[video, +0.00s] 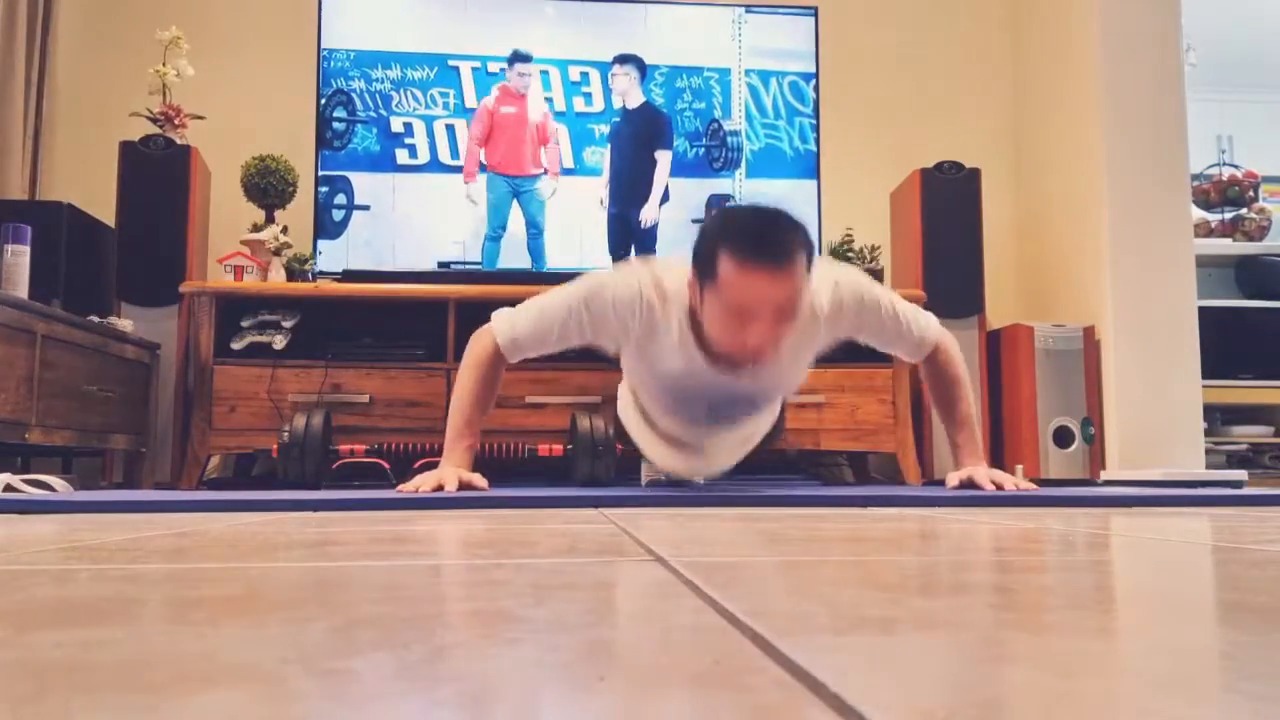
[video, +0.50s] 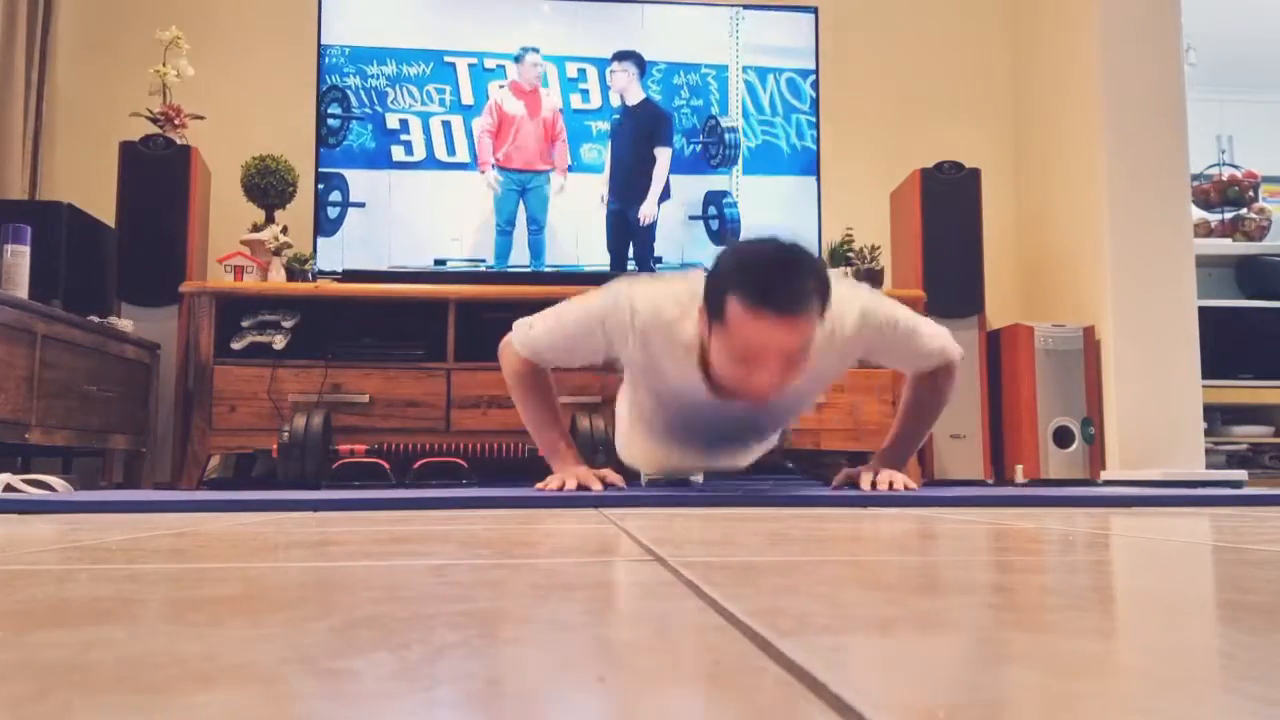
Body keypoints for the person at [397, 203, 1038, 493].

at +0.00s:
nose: (756, 335)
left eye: (775, 315)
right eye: (740, 312)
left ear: (801, 294)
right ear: (697, 289)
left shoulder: (830, 299)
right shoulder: (630, 296)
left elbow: (936, 345)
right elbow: (489, 343)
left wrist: (973, 461)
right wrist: (453, 460)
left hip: (745, 453)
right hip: (635, 451)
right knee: (616, 571)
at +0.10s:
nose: (754, 269)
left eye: (773, 250)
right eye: (738, 247)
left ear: (794, 237)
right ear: (698, 229)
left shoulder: (829, 260)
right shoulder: (628, 257)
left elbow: (919, 343)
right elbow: (499, 343)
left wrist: (967, 458)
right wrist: (454, 459)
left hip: (745, 412)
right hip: (642, 409)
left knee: (714, 441)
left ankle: (684, 458)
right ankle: (659, 453)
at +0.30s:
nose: (757, 162)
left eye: (778, 138)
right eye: (737, 139)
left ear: (794, 119)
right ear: (695, 114)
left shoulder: (821, 179)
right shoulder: (631, 175)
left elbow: (865, 324)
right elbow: (574, 321)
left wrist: (877, 460)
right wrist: (572, 458)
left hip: (746, 341)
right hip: (648, 338)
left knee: (702, 410)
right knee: (653, 408)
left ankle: (685, 436)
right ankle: (656, 440)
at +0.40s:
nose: (758, 273)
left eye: (781, 251)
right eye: (739, 252)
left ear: (801, 228)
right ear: (699, 221)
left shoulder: (839, 250)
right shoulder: (633, 240)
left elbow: (910, 353)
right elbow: (534, 344)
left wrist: (886, 457)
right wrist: (568, 464)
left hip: (747, 405)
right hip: (647, 398)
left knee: (707, 426)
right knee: (651, 427)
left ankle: (682, 442)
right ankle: (658, 445)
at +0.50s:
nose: (764, 381)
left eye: (787, 361)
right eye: (747, 359)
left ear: (814, 334)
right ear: (708, 323)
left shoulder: (849, 315)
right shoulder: (636, 312)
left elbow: (940, 359)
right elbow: (517, 350)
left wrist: (893, 460)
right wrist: (563, 462)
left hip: (755, 466)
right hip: (642, 469)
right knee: (642, 585)